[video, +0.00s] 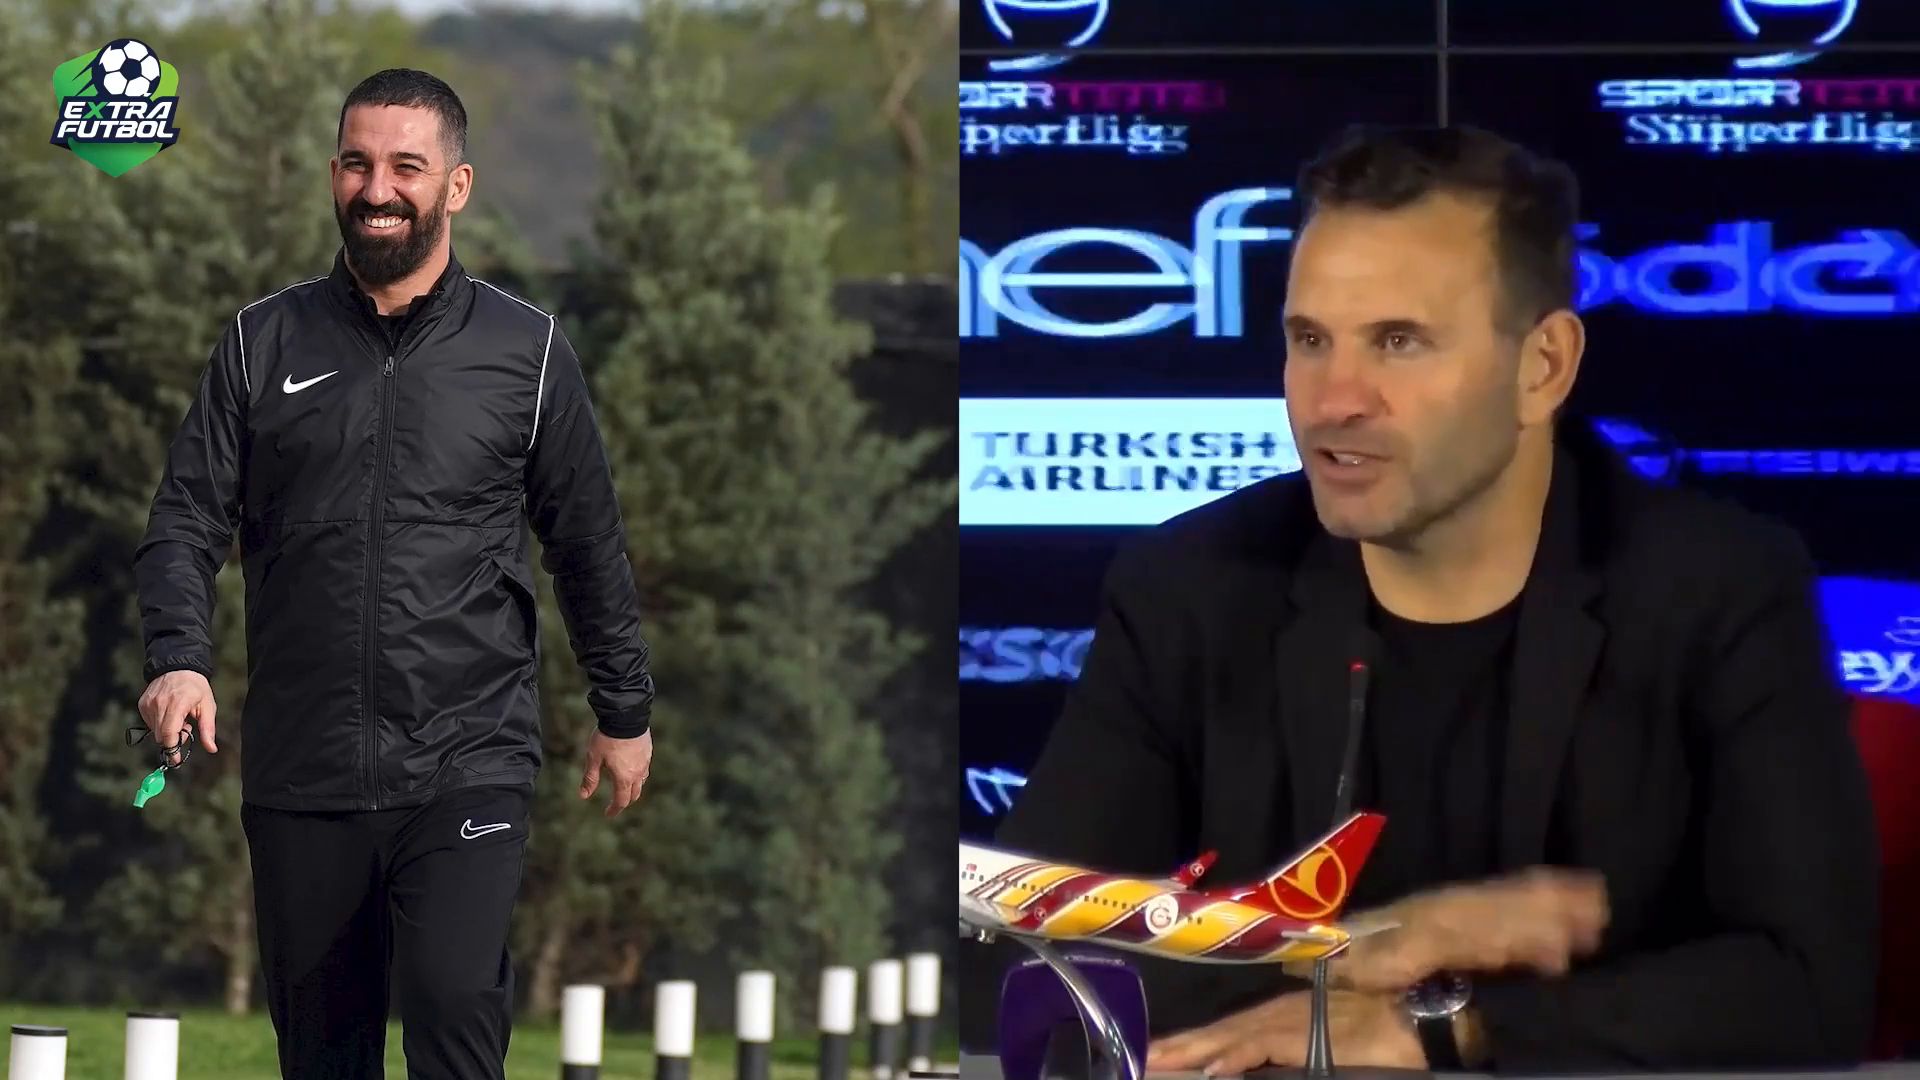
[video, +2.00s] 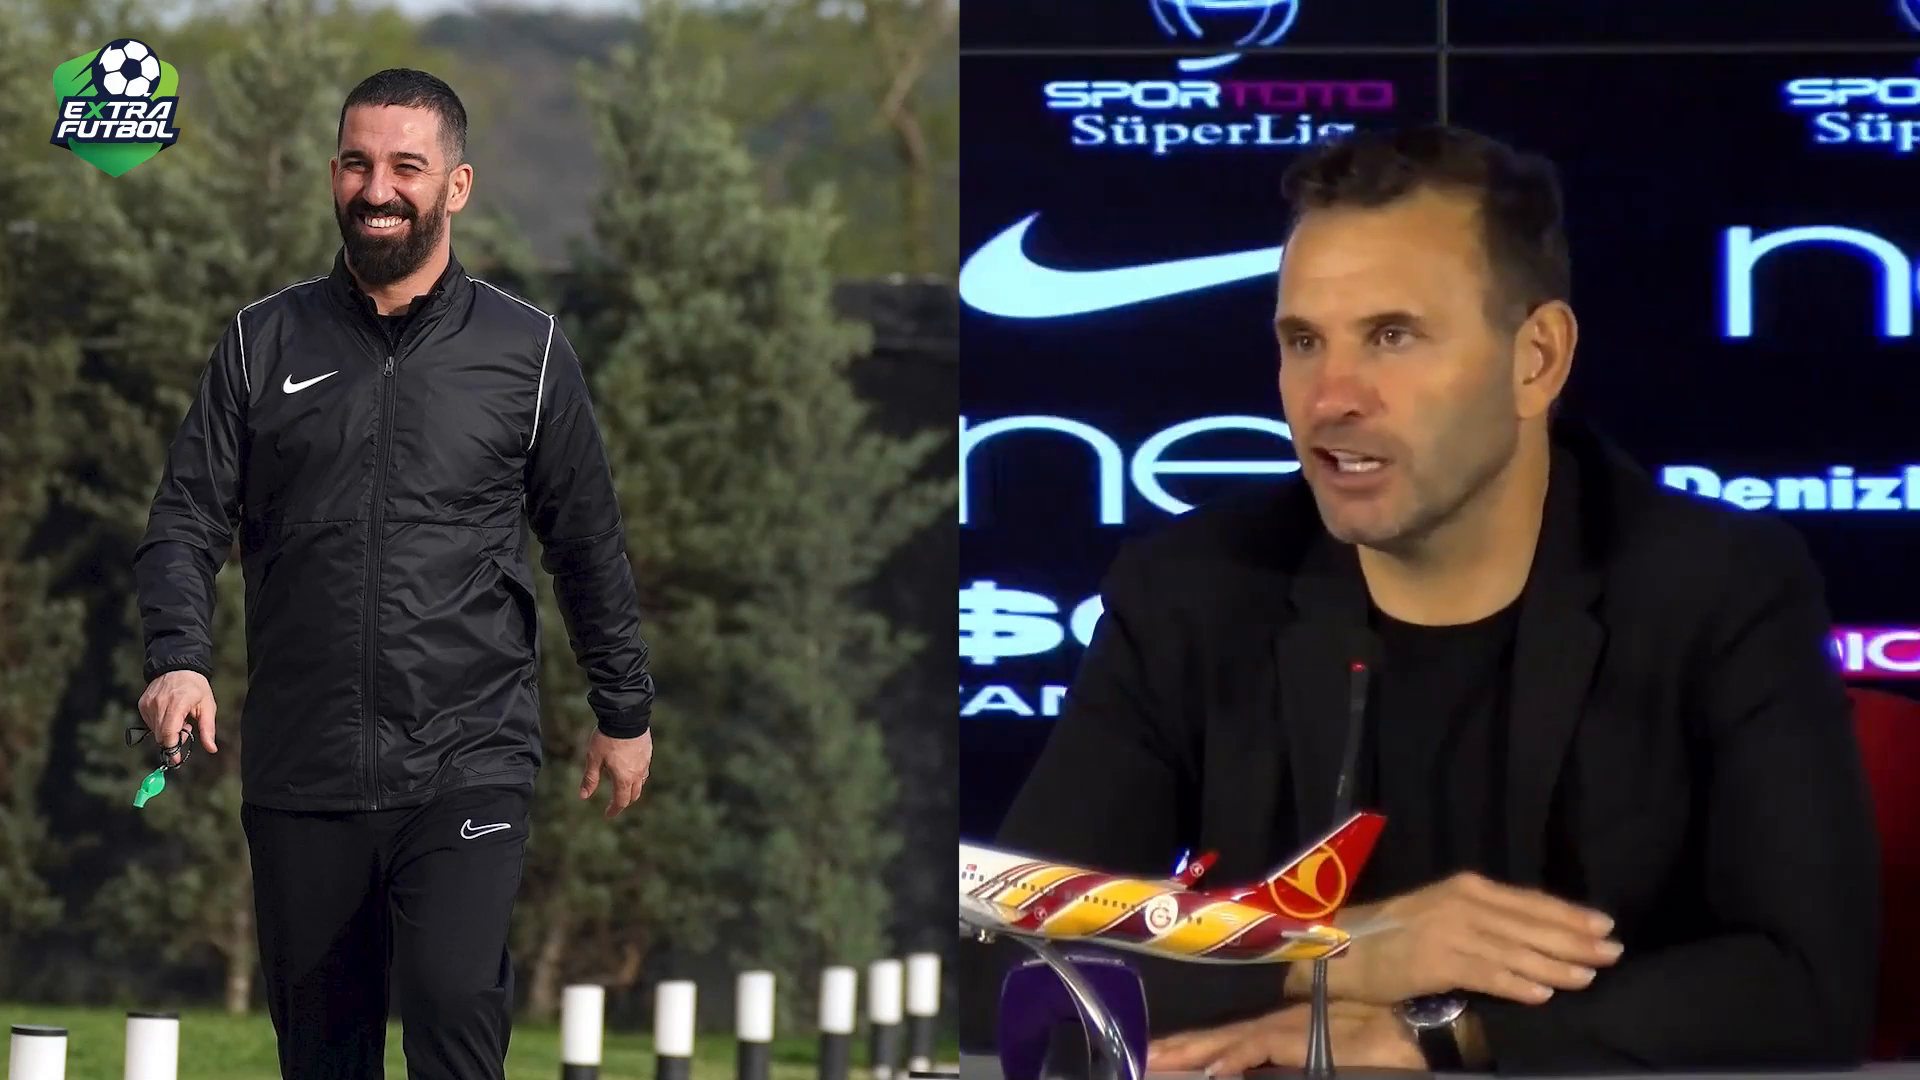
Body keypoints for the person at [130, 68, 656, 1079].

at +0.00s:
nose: (376, 187)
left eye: (405, 164)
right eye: (356, 162)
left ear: (458, 185)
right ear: (334, 176)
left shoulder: (529, 349)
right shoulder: (259, 343)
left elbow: (588, 541)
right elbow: (187, 513)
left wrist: (623, 709)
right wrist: (178, 658)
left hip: (472, 752)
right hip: (302, 755)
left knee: (455, 1018)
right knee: (320, 1042)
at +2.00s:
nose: (375, 187)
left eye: (405, 164)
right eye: (356, 162)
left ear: (458, 185)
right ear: (334, 177)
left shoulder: (530, 350)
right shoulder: (259, 342)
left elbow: (588, 541)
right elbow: (187, 513)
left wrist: (623, 708)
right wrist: (177, 658)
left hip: (472, 752)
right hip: (301, 755)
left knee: (455, 1018)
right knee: (320, 1043)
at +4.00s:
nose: (376, 187)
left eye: (405, 164)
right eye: (356, 162)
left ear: (458, 185)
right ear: (334, 177)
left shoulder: (530, 350)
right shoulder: (259, 342)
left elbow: (589, 541)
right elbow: (186, 513)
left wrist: (623, 708)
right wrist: (178, 658)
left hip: (471, 752)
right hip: (301, 755)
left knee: (455, 1020)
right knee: (320, 1043)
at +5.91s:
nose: (376, 187)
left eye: (405, 164)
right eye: (356, 162)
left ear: (458, 185)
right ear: (334, 177)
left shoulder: (530, 350)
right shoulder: (259, 342)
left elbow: (589, 541)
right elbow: (187, 513)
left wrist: (623, 708)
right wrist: (178, 658)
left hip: (471, 753)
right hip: (301, 755)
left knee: (455, 1018)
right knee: (320, 1043)